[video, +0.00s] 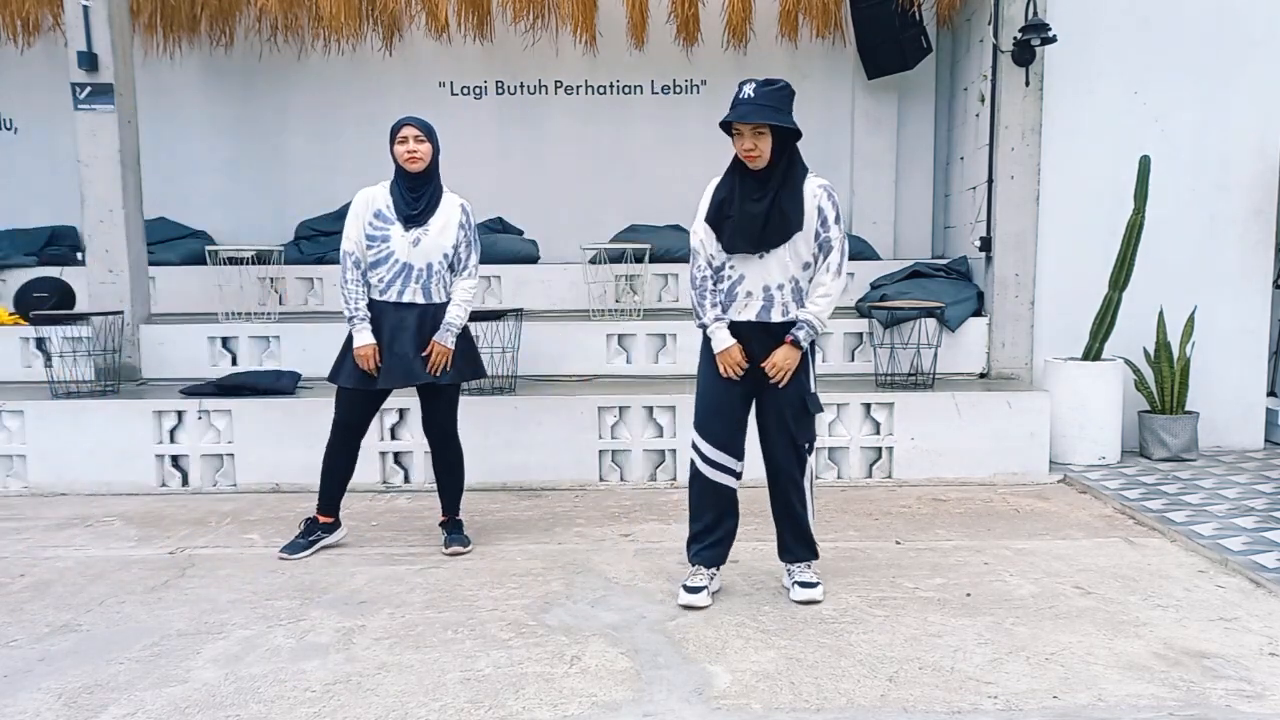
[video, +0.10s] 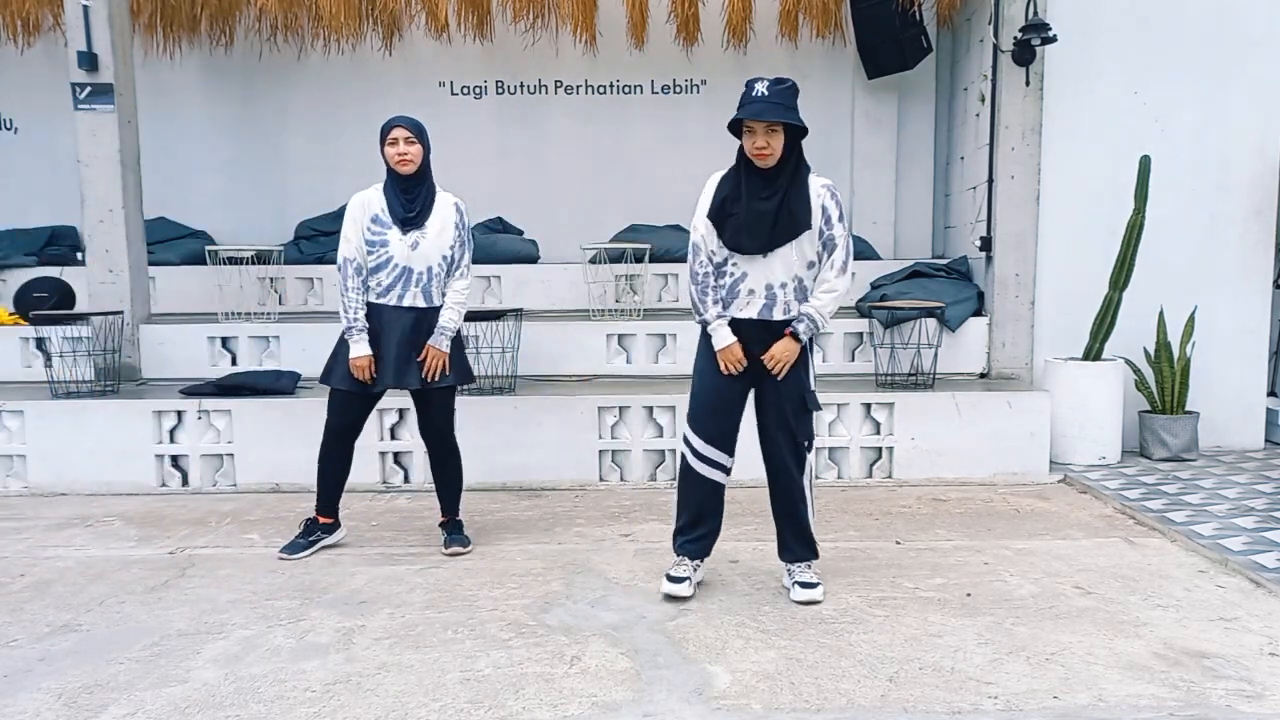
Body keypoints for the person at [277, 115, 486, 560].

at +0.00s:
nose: (411, 148)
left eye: (420, 141)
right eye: (403, 142)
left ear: (434, 149)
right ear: (392, 151)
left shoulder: (456, 209)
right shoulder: (367, 202)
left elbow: (467, 277)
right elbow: (351, 273)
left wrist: (449, 331)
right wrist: (361, 331)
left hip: (437, 329)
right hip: (379, 328)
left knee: (442, 430)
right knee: (346, 426)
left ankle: (452, 522)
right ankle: (325, 519)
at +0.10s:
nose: (402, 149)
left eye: (410, 141)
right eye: (393, 143)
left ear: (425, 149)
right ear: (383, 152)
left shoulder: (451, 207)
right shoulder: (362, 205)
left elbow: (461, 279)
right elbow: (350, 278)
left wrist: (444, 336)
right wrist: (358, 342)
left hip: (431, 334)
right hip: (372, 332)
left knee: (439, 434)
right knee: (339, 429)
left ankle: (452, 522)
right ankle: (324, 521)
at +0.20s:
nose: (390, 147)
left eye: (398, 138)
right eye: (382, 140)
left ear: (415, 144)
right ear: (372, 148)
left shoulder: (443, 200)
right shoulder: (353, 199)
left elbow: (456, 272)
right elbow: (345, 273)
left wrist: (442, 332)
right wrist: (357, 332)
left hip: (427, 325)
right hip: (369, 325)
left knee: (437, 431)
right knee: (327, 420)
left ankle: (452, 521)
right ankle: (316, 513)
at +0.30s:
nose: (377, 150)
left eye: (386, 142)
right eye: (368, 143)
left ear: (401, 146)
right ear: (358, 150)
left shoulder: (431, 199)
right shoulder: (342, 203)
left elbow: (447, 271)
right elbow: (337, 272)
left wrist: (437, 333)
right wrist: (354, 324)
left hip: (421, 323)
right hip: (363, 323)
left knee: (438, 428)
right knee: (316, 415)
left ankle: (453, 521)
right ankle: (304, 509)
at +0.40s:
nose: (359, 163)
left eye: (367, 154)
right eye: (350, 155)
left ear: (383, 158)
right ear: (341, 162)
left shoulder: (414, 205)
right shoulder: (327, 220)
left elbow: (433, 274)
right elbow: (325, 289)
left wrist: (423, 335)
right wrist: (344, 341)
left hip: (410, 331)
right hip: (352, 334)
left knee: (439, 432)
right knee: (313, 427)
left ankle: (453, 521)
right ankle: (300, 514)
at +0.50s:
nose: (334, 175)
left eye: (343, 167)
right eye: (325, 167)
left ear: (359, 171)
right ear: (317, 174)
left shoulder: (391, 211)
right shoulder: (307, 235)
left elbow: (413, 275)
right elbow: (311, 307)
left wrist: (403, 336)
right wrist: (328, 365)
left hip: (394, 340)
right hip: (336, 347)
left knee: (436, 435)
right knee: (303, 439)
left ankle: (454, 523)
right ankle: (305, 523)